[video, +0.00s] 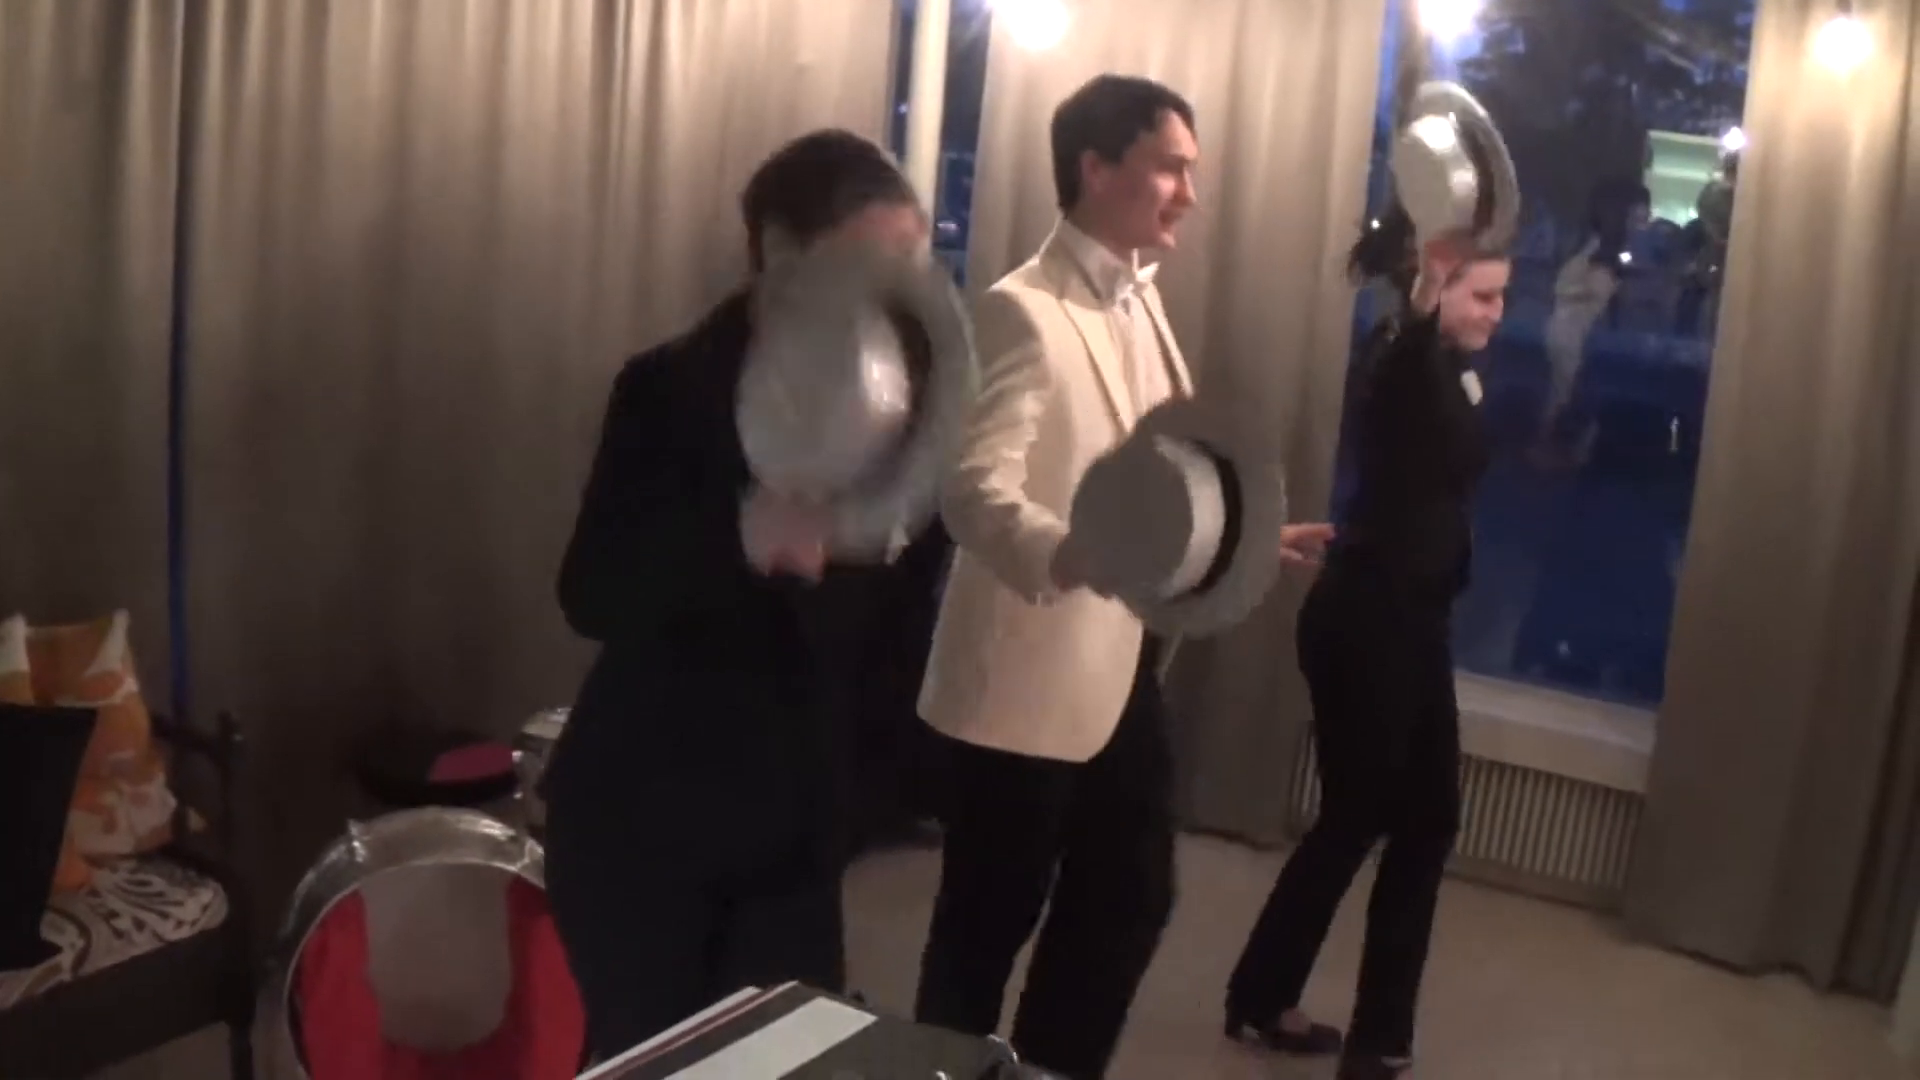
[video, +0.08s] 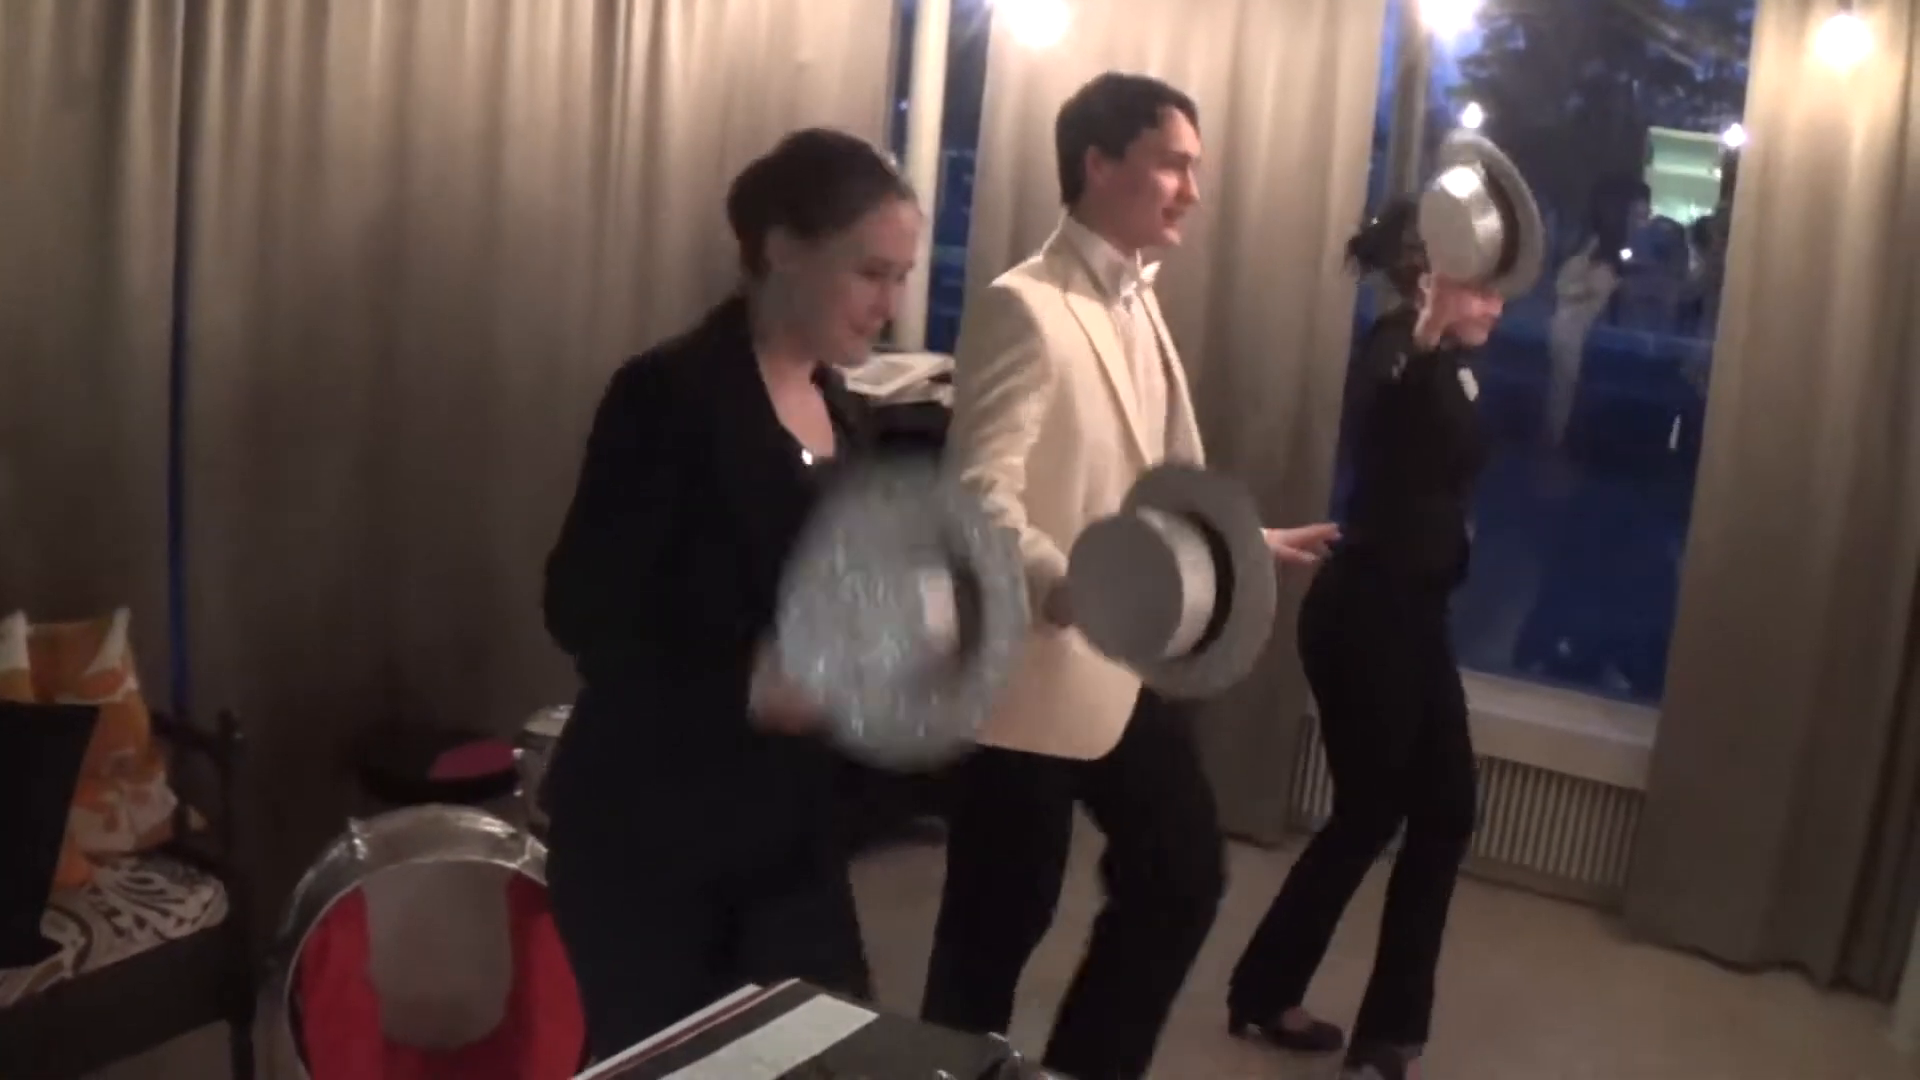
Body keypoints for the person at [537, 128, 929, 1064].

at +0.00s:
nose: (896, 284)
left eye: (910, 256)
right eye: (871, 257)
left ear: (922, 252)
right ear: (780, 254)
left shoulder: (895, 405)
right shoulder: (670, 391)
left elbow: (899, 627)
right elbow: (592, 591)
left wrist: (871, 789)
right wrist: (742, 534)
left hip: (792, 814)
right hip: (641, 807)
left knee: (786, 1052)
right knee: (636, 1060)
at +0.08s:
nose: (892, 305)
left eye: (903, 279)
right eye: (874, 274)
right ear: (779, 251)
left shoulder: (845, 417)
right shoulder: (660, 398)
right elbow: (582, 605)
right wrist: (743, 677)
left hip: (784, 819)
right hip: (643, 824)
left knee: (827, 1050)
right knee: (644, 1065)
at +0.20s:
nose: (901, 295)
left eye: (904, 270)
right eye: (889, 269)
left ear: (817, 263)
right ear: (806, 260)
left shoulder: (816, 411)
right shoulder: (675, 404)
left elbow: (830, 625)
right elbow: (580, 621)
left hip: (777, 829)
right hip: (657, 842)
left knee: (761, 1053)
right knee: (659, 1063)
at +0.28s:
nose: (906, 282)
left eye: (907, 257)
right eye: (895, 256)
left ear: (822, 258)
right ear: (817, 256)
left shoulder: (804, 394)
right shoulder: (689, 391)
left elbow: (808, 596)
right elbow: (570, 608)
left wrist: (946, 577)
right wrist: (537, 825)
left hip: (774, 802)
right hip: (671, 814)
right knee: (673, 1058)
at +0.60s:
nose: (929, 283)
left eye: (927, 259)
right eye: (909, 259)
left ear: (836, 263)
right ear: (822, 261)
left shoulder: (851, 397)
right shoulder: (729, 396)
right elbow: (605, 594)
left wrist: (972, 453)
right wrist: (506, 783)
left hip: (837, 812)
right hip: (724, 821)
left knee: (937, 1037)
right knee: (728, 1062)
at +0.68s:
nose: (922, 280)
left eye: (921, 254)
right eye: (898, 253)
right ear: (808, 258)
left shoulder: (893, 397)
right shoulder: (714, 411)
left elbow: (943, 563)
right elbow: (613, 632)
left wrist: (1015, 434)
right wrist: (536, 844)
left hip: (867, 810)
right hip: (735, 820)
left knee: (908, 1050)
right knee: (751, 1057)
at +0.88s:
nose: (889, 290)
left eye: (897, 261)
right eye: (861, 263)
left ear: (905, 259)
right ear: (766, 262)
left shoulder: (922, 386)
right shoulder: (670, 439)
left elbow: (1036, 522)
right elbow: (632, 652)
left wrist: (1137, 431)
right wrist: (615, 833)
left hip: (901, 805)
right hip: (753, 816)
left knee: (846, 1044)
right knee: (720, 1045)